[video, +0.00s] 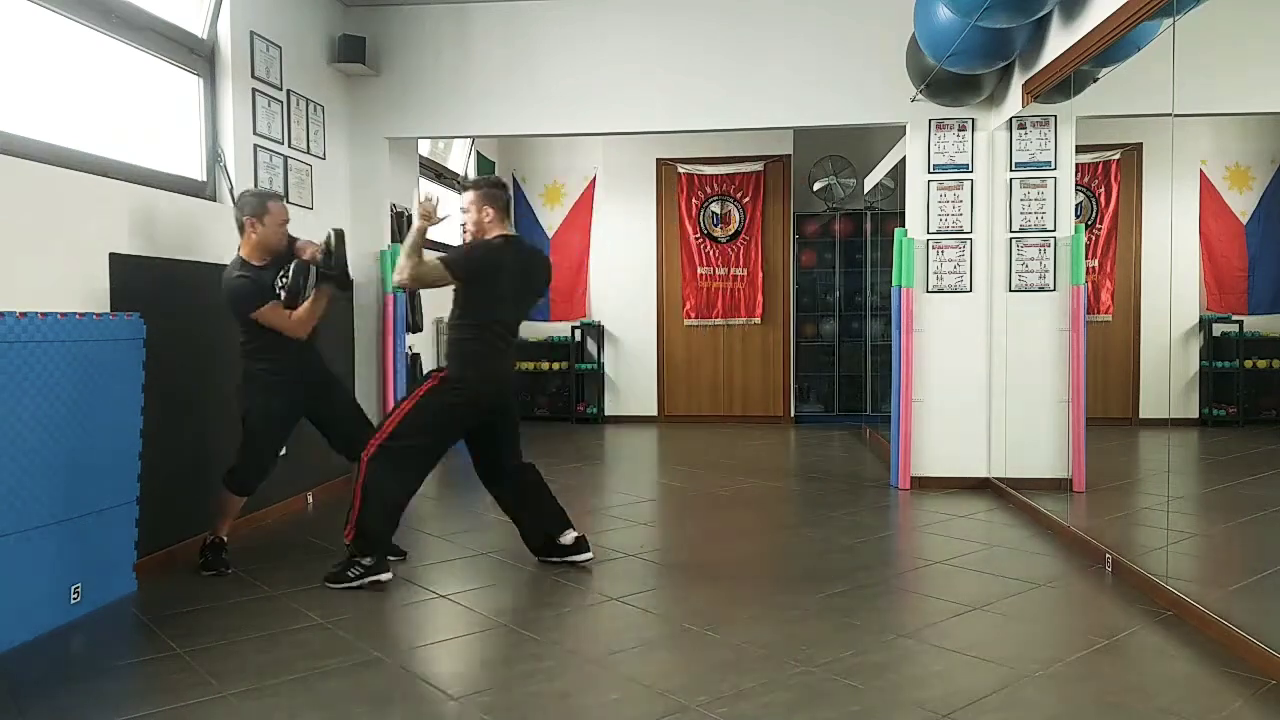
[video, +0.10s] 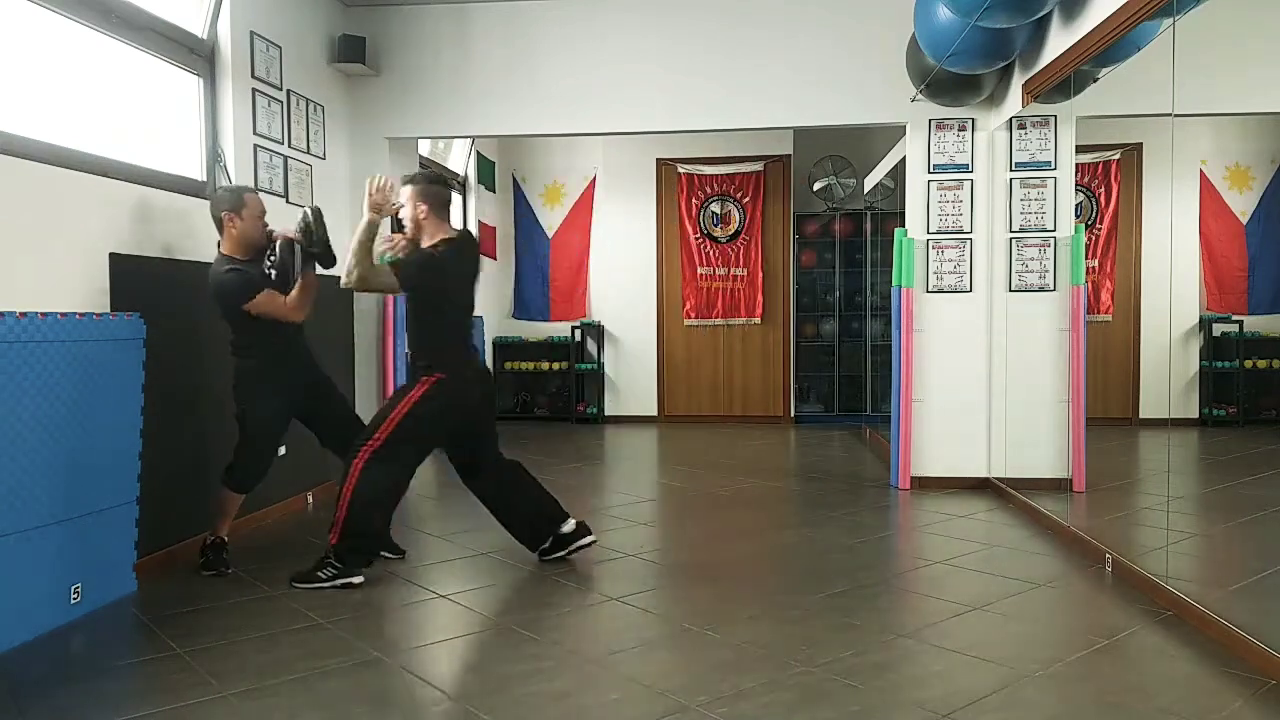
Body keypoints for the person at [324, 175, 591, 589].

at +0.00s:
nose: (463, 223)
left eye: (467, 214)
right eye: (463, 215)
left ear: (490, 214)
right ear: (503, 216)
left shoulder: (482, 255)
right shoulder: (537, 263)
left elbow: (406, 274)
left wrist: (419, 226)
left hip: (461, 380)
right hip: (498, 382)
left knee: (381, 455)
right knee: (504, 467)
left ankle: (366, 557)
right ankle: (562, 540)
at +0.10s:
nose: (400, 216)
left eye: (403, 209)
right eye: (399, 209)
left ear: (421, 210)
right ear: (440, 210)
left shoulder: (430, 261)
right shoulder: (464, 248)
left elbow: (357, 277)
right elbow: (428, 275)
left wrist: (370, 217)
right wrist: (404, 252)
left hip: (437, 382)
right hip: (467, 378)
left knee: (371, 457)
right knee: (483, 465)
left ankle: (345, 560)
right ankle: (559, 529)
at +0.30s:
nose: (335, 219)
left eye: (341, 212)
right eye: (336, 212)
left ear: (359, 216)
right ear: (367, 212)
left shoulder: (407, 263)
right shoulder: (368, 249)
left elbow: (364, 307)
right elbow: (291, 233)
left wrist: (342, 252)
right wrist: (309, 243)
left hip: (409, 376)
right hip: (433, 373)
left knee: (352, 457)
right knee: (457, 459)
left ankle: (333, 559)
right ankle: (530, 531)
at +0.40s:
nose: (335, 210)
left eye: (337, 202)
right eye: (333, 203)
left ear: (354, 203)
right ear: (368, 199)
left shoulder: (396, 250)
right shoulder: (381, 231)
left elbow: (338, 293)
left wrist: (320, 234)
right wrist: (329, 229)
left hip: (400, 371)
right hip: (425, 367)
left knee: (344, 456)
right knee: (446, 456)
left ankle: (334, 558)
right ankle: (514, 526)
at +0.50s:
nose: (343, 203)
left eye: (343, 195)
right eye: (342, 195)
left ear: (358, 192)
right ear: (379, 187)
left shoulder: (390, 242)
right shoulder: (405, 222)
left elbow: (320, 278)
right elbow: (339, 273)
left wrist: (315, 219)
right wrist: (325, 213)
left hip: (398, 365)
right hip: (428, 361)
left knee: (344, 456)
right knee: (434, 450)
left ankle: (332, 560)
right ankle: (506, 520)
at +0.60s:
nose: (356, 202)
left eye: (357, 193)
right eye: (353, 194)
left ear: (372, 191)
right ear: (395, 187)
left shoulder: (392, 243)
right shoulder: (426, 219)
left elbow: (322, 273)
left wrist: (322, 216)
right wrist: (364, 163)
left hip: (401, 369)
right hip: (439, 363)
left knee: (348, 459)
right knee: (429, 454)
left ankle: (332, 560)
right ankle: (491, 523)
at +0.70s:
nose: (381, 206)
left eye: (381, 197)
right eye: (379, 198)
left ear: (396, 194)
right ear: (420, 190)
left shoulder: (414, 244)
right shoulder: (452, 232)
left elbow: (342, 269)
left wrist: (345, 217)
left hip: (415, 373)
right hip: (452, 370)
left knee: (359, 461)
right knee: (426, 457)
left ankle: (330, 560)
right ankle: (475, 537)